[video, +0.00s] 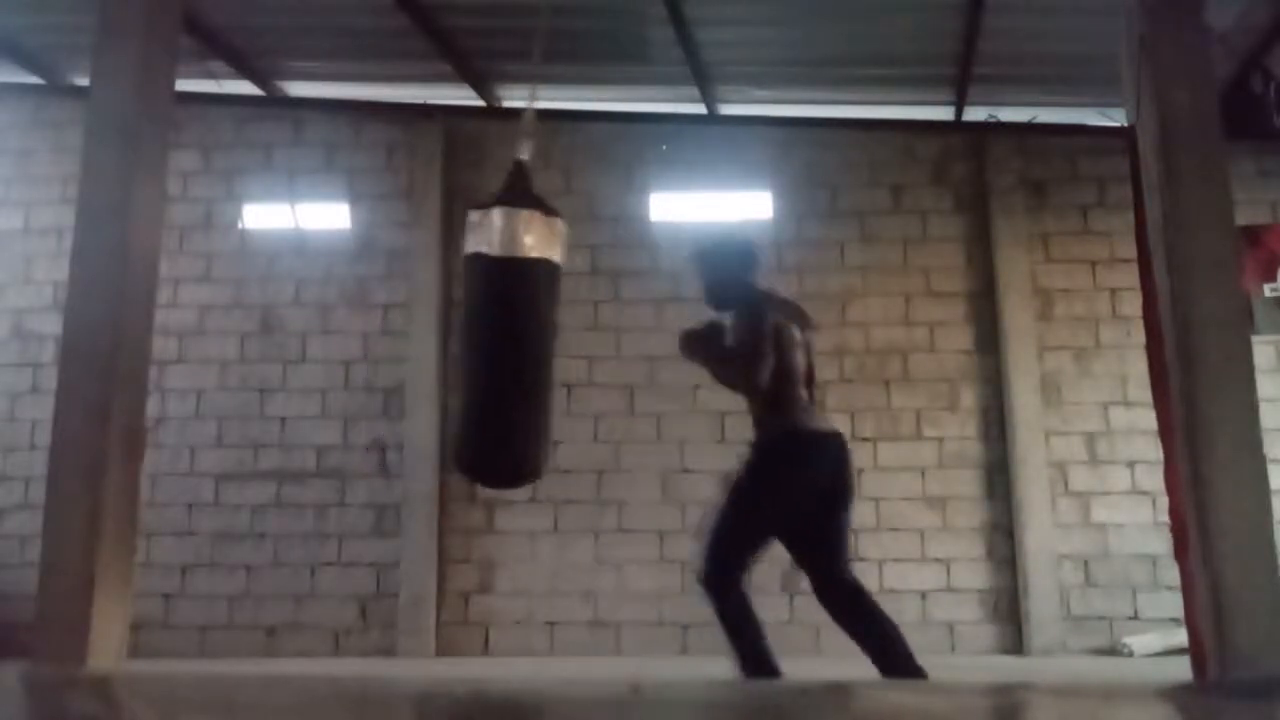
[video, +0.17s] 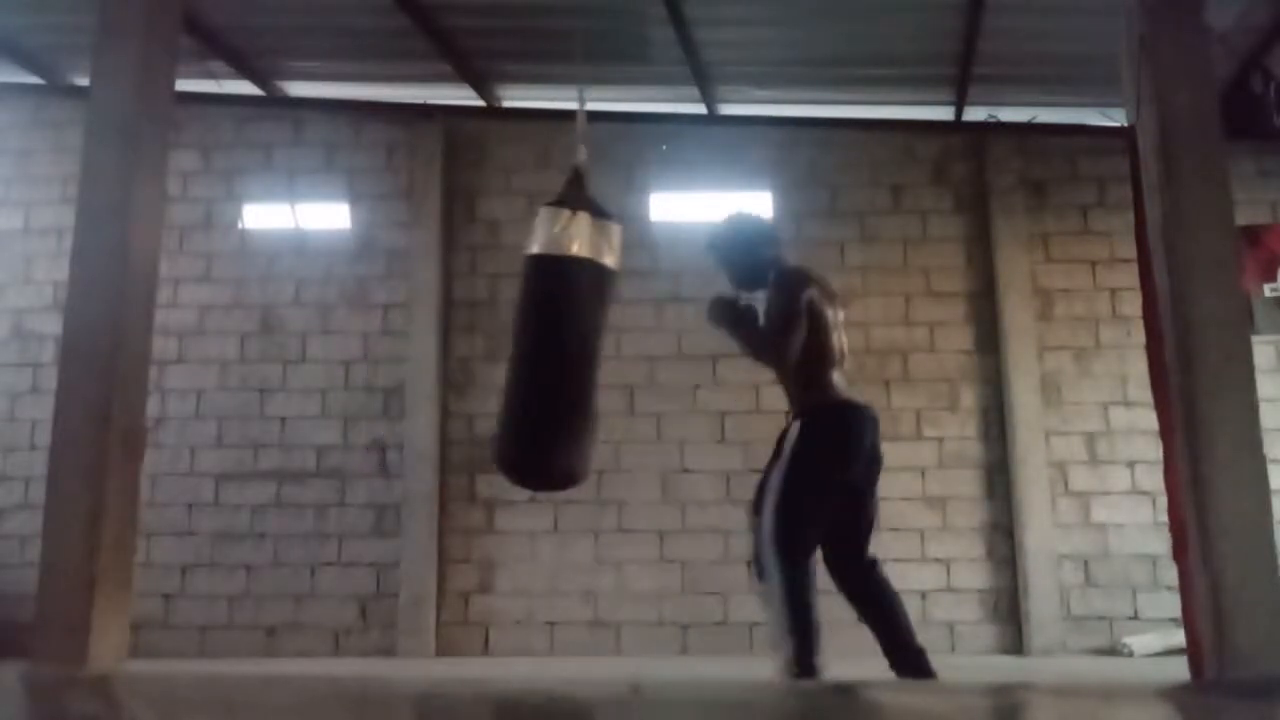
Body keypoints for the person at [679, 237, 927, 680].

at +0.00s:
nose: (701, 287)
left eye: (706, 275)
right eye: (700, 276)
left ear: (728, 274)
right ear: (747, 272)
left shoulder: (755, 315)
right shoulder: (787, 317)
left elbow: (754, 380)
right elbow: (798, 385)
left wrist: (707, 354)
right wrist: (726, 343)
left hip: (786, 456)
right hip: (825, 453)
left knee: (719, 573)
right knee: (833, 581)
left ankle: (766, 687)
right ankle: (911, 682)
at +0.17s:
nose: (726, 275)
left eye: (726, 263)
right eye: (722, 265)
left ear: (746, 255)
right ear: (767, 247)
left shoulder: (788, 284)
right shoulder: (815, 286)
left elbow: (780, 353)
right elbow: (802, 358)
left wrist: (736, 323)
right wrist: (747, 321)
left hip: (818, 427)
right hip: (855, 425)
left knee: (781, 543)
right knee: (849, 556)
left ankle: (802, 672)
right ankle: (917, 674)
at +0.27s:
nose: (741, 267)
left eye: (741, 255)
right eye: (737, 257)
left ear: (762, 245)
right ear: (779, 239)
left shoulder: (800, 275)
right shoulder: (826, 277)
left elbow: (791, 345)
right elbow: (845, 347)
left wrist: (748, 311)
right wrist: (762, 315)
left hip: (831, 421)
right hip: (868, 418)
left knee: (808, 540)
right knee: (853, 542)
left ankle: (864, 665)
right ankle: (909, 662)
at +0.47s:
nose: (774, 311)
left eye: (775, 298)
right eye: (771, 301)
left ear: (797, 290)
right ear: (815, 288)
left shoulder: (832, 320)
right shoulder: (860, 327)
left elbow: (815, 393)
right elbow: (876, 396)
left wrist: (775, 355)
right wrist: (795, 358)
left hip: (857, 462)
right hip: (886, 459)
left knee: (840, 576)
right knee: (878, 579)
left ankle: (898, 684)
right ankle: (909, 685)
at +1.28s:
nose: (791, 293)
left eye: (798, 283)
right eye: (788, 284)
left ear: (821, 282)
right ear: (797, 288)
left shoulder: (857, 316)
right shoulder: (816, 334)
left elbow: (878, 375)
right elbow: (806, 398)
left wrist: (819, 338)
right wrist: (787, 344)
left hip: (879, 442)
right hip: (877, 444)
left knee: (846, 547)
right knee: (892, 558)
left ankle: (853, 671)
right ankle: (950, 666)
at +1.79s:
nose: (737, 288)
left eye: (744, 277)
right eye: (736, 278)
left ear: (770, 277)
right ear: (747, 282)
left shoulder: (805, 308)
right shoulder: (768, 330)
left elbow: (814, 356)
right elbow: (749, 390)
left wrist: (756, 329)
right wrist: (731, 341)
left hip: (822, 440)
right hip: (838, 440)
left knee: (774, 546)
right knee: (826, 561)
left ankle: (784, 669)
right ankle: (901, 666)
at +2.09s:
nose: (692, 298)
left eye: (699, 287)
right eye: (692, 288)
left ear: (722, 288)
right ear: (728, 290)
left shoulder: (765, 323)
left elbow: (751, 386)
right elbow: (738, 411)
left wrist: (705, 338)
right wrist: (695, 382)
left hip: (791, 453)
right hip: (807, 452)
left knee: (744, 565)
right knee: (809, 578)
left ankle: (748, 680)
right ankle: (896, 669)